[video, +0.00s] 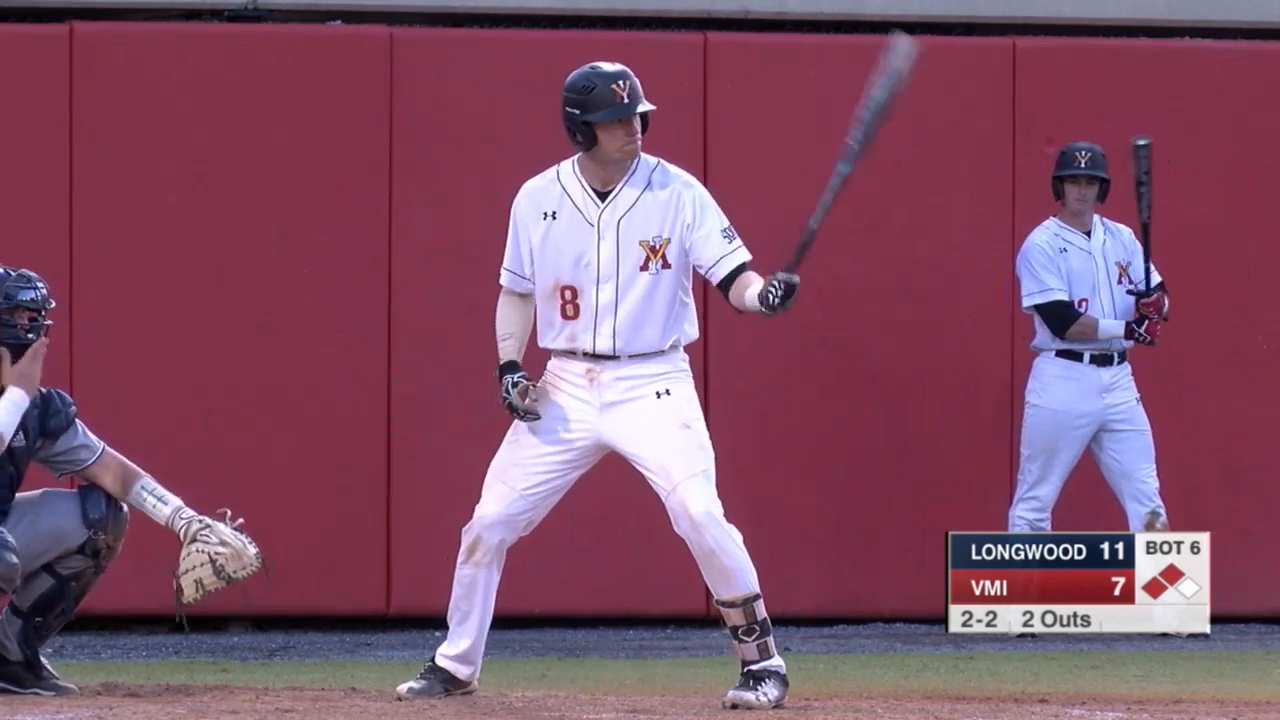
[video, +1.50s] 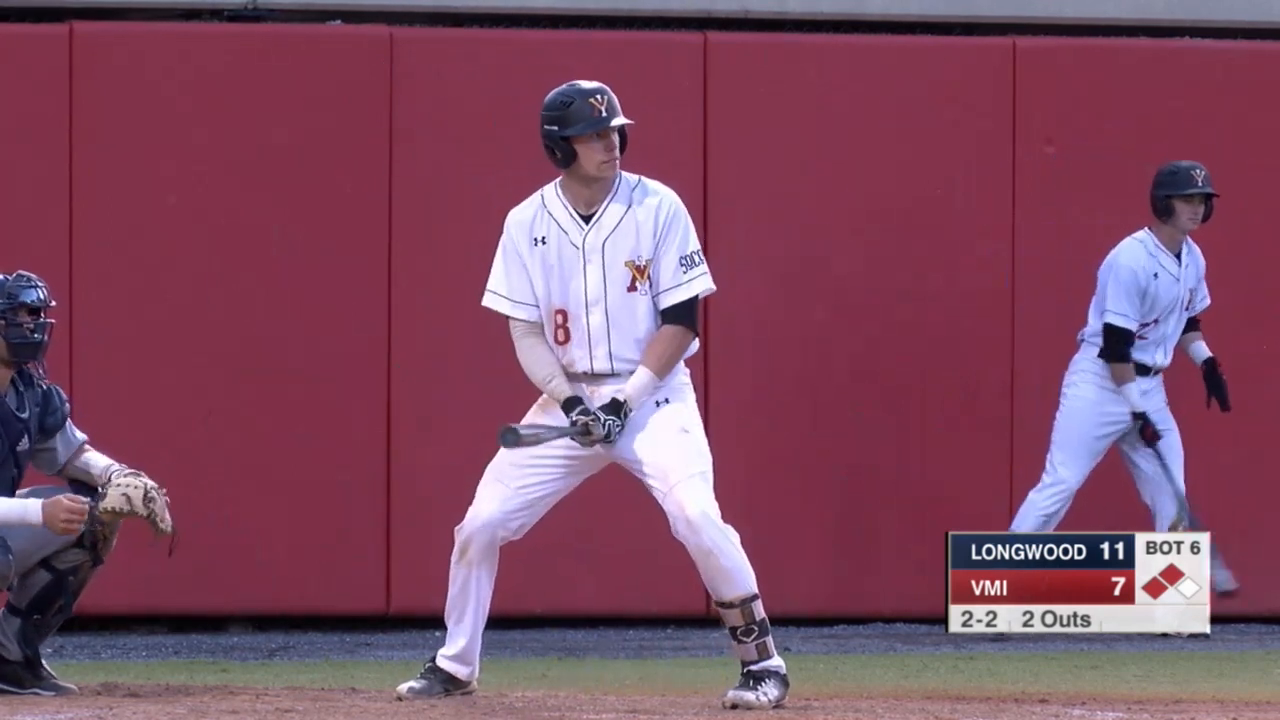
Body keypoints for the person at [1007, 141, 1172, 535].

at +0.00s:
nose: (1081, 191)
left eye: (1089, 182)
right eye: (1073, 182)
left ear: (1101, 187)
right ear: (1059, 186)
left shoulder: (1122, 238)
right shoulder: (1040, 245)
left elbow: (1154, 290)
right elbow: (1063, 324)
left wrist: (1154, 304)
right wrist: (1127, 330)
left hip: (1118, 382)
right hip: (1062, 381)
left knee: (1147, 504)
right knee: (1035, 503)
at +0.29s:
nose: (1097, 190)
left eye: (1104, 182)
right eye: (1088, 182)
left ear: (1110, 187)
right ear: (1066, 185)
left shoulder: (1122, 239)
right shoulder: (1043, 243)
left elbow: (1146, 300)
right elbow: (1071, 315)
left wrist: (1156, 303)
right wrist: (1134, 320)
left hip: (1118, 382)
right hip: (1062, 381)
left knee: (1147, 504)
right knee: (1034, 503)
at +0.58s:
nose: (1112, 193)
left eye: (1117, 184)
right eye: (1103, 183)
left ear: (1124, 189)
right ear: (1080, 186)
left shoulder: (1128, 245)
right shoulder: (1052, 242)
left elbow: (1146, 306)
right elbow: (1080, 317)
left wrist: (1158, 317)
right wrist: (1139, 332)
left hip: (1117, 386)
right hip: (1062, 383)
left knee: (1149, 505)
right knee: (1033, 505)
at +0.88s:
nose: (1147, 195)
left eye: (1152, 187)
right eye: (1138, 186)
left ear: (1158, 193)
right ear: (1115, 189)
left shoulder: (1152, 251)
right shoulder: (1086, 244)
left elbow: (1159, 321)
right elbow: (1110, 326)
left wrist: (1180, 336)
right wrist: (1166, 352)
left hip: (1132, 388)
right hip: (1080, 384)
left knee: (1160, 502)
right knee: (1048, 504)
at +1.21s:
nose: (1195, 201)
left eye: (1199, 193)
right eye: (1186, 192)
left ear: (1204, 198)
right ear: (1162, 195)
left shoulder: (1188, 254)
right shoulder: (1134, 246)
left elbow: (1186, 328)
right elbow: (1148, 333)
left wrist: (1217, 359)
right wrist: (1193, 375)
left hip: (1153, 385)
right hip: (1106, 378)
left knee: (1172, 501)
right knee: (1083, 494)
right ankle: (1032, 582)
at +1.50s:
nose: (1198, 209)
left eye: (1203, 201)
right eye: (1189, 200)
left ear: (1207, 206)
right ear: (1163, 203)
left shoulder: (1192, 257)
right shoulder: (1130, 259)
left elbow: (1185, 323)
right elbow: (1115, 345)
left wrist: (1208, 364)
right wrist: (1138, 411)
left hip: (1147, 386)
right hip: (1099, 382)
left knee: (1171, 495)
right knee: (1060, 484)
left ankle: (1179, 592)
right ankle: (1000, 576)